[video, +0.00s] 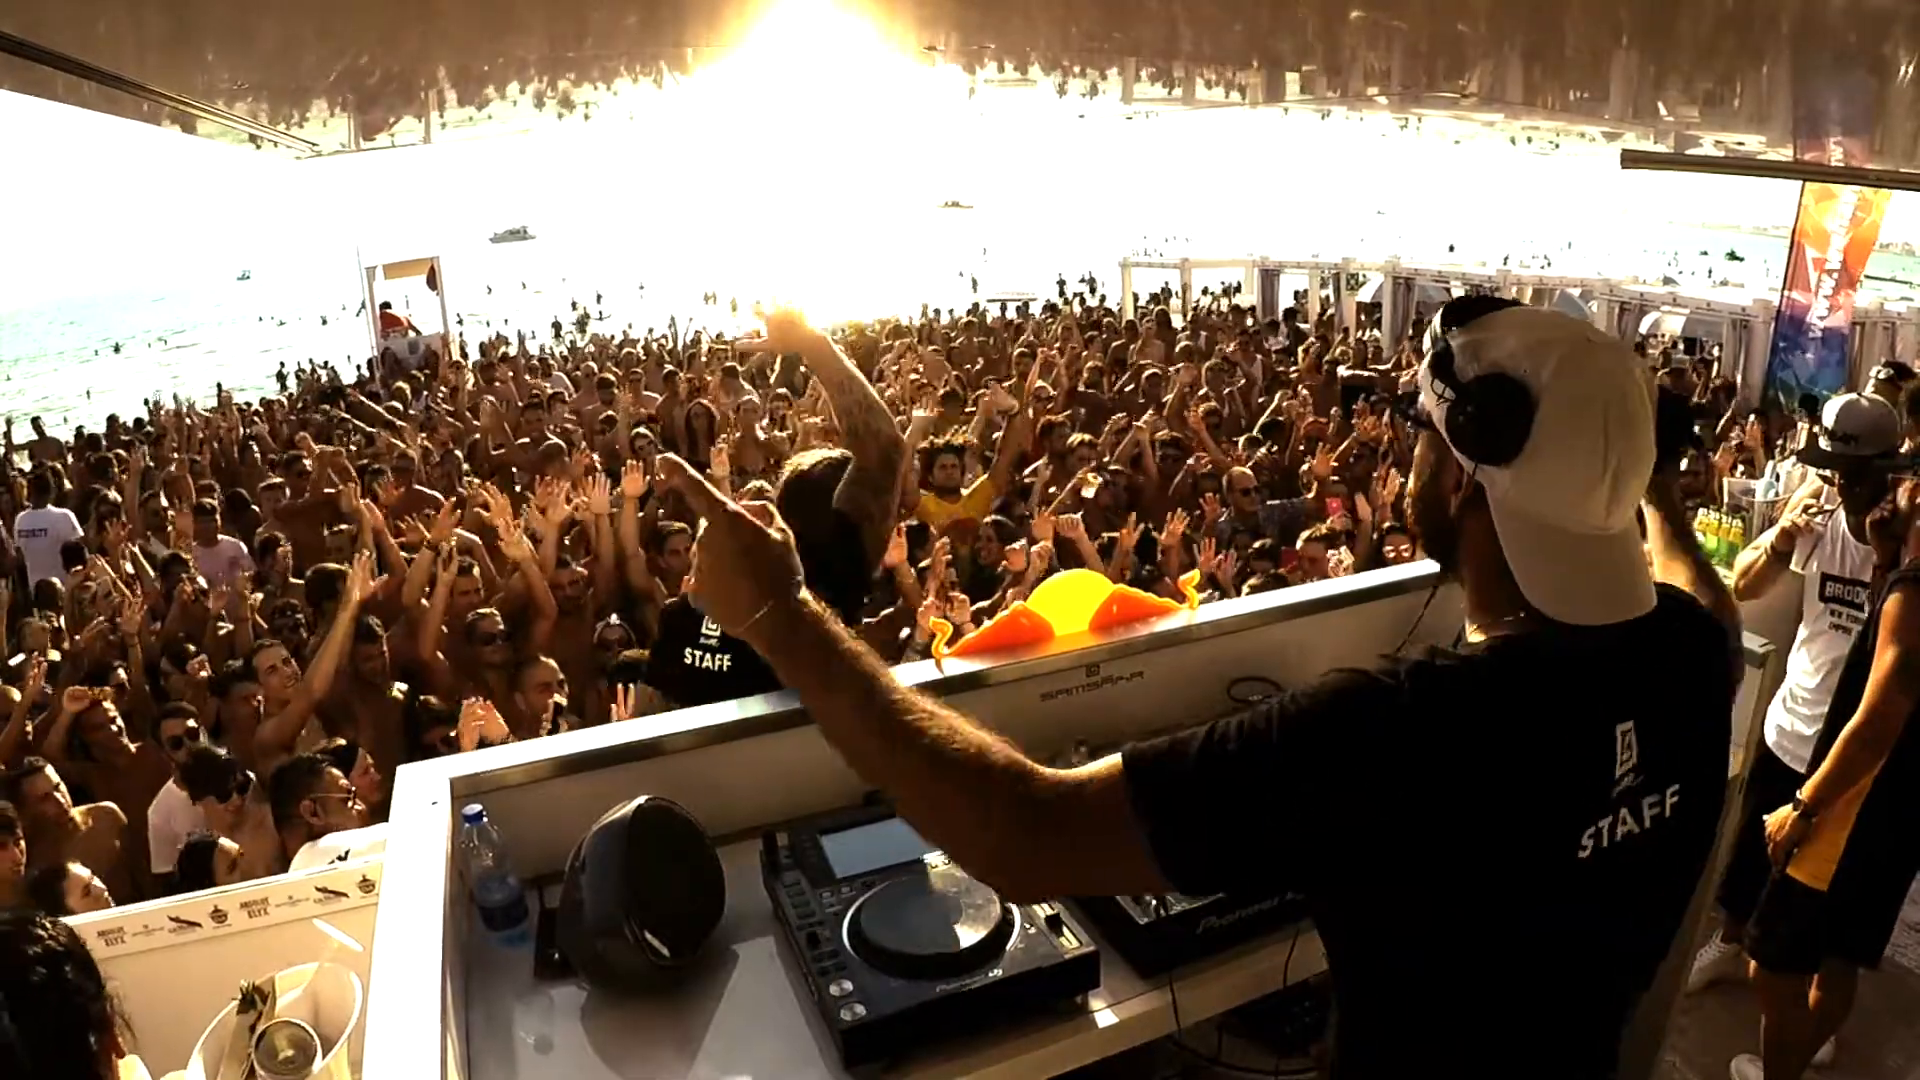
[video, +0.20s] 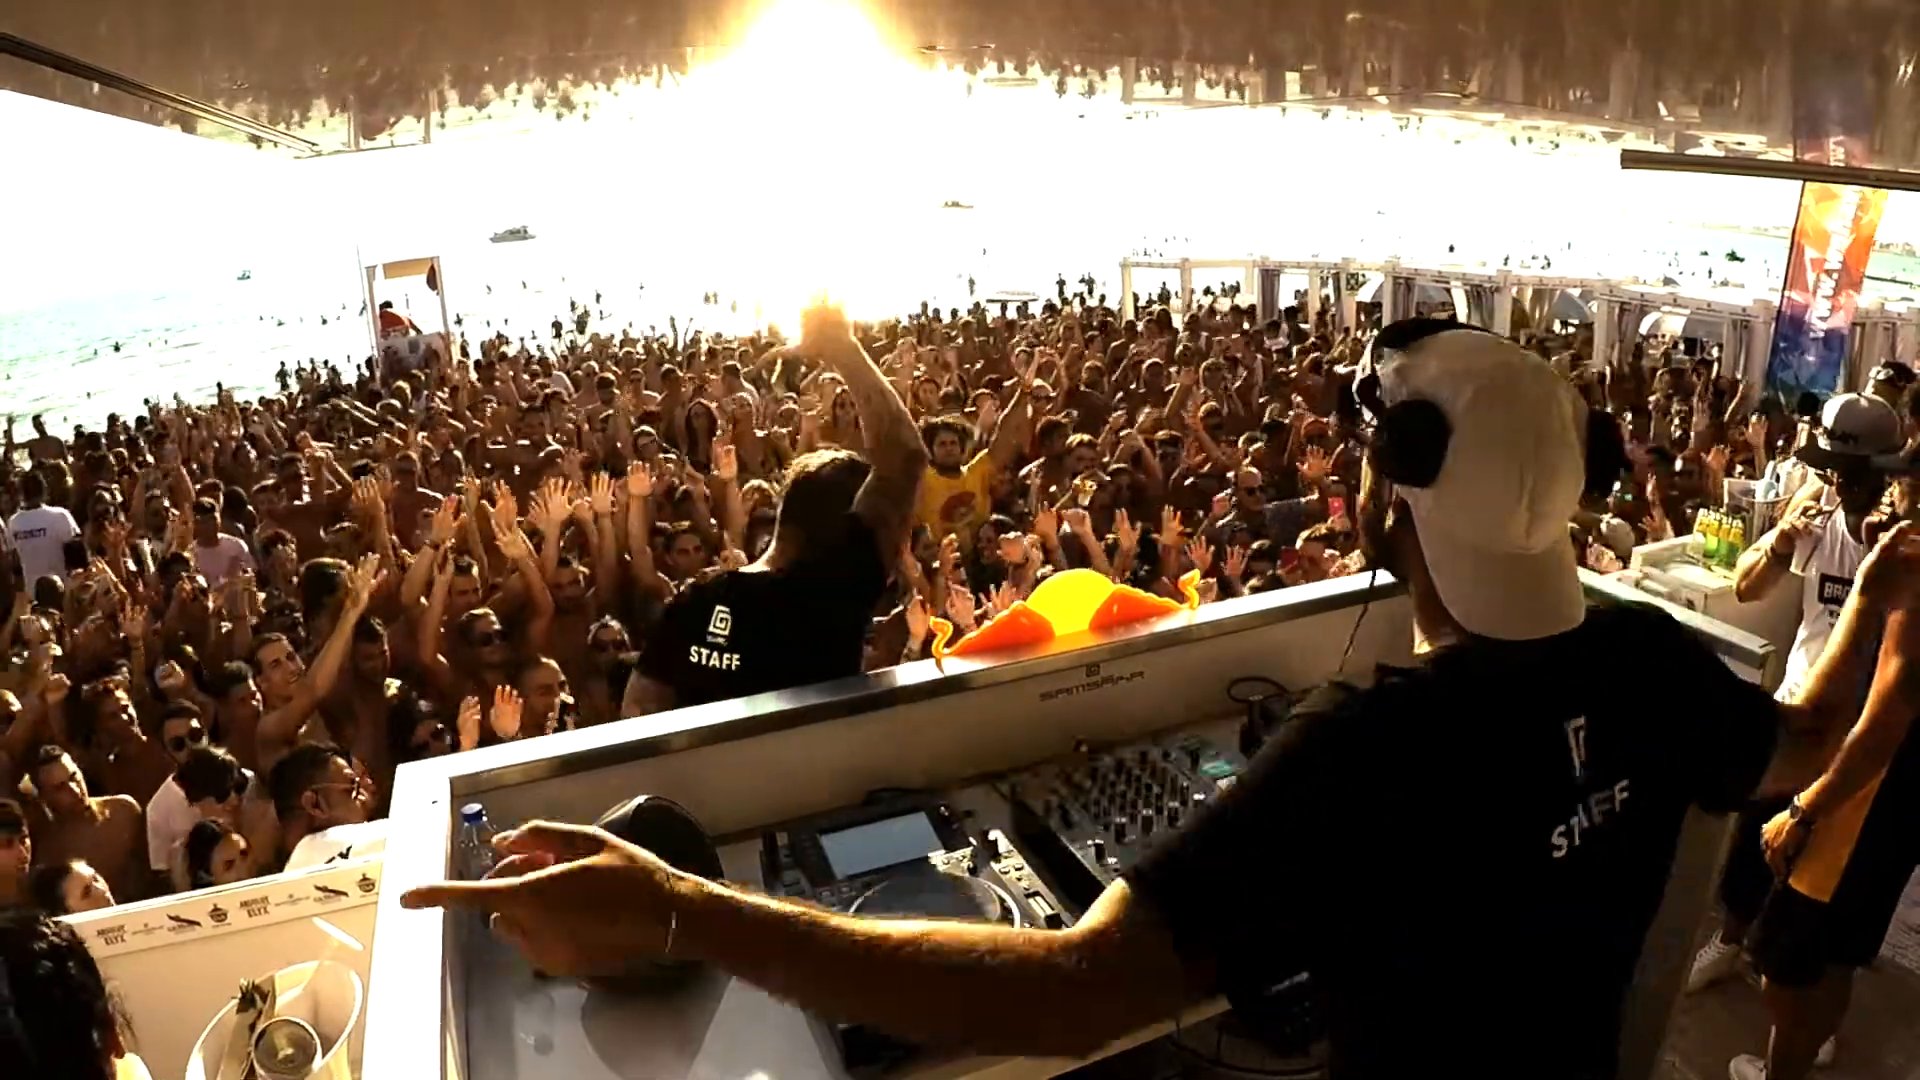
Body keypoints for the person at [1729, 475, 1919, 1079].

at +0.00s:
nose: (1890, 497)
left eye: (1902, 485)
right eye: (1897, 483)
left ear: (1913, 504)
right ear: (1910, 507)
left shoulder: (1906, 595)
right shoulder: (1903, 588)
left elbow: (1883, 716)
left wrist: (1805, 804)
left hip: (1848, 810)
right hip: (1884, 811)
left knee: (1775, 962)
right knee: (1839, 951)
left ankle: (1777, 1068)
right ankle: (1808, 1050)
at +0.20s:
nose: (1834, 471)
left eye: (1847, 460)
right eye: (1831, 458)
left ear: (1878, 465)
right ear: (1827, 459)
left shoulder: (1900, 530)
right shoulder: (1813, 512)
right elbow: (1745, 588)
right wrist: (1783, 534)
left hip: (1864, 717)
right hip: (1796, 697)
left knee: (1822, 846)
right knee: (1757, 819)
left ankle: (1799, 973)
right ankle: (1730, 940)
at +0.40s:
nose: (1877, 513)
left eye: (1890, 499)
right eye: (1880, 499)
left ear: (1915, 511)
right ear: (1900, 514)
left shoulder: (1912, 617)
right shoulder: (1901, 602)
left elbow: (1884, 752)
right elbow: (1863, 659)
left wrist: (1801, 826)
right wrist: (1871, 565)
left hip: (1855, 828)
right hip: (1854, 817)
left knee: (1807, 962)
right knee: (1818, 953)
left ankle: (1792, 1067)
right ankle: (1805, 1052)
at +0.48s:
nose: (1875, 515)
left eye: (1888, 501)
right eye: (1878, 502)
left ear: (1914, 512)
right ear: (1897, 515)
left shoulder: (1912, 619)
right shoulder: (1901, 606)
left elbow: (1891, 756)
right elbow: (1863, 669)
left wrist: (1806, 833)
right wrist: (1866, 575)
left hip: (1856, 834)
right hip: (1847, 823)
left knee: (1811, 969)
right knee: (1813, 962)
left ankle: (1796, 1069)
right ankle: (1791, 1063)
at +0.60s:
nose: (1877, 525)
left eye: (1889, 509)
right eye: (1879, 509)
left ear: (1910, 521)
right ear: (1899, 521)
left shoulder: (1915, 631)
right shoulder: (1895, 609)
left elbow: (1896, 774)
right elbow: (1854, 685)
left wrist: (1814, 856)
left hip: (1867, 846)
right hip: (1847, 833)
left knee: (1816, 1003)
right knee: (1808, 982)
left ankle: (1799, 1074)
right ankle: (1789, 1066)